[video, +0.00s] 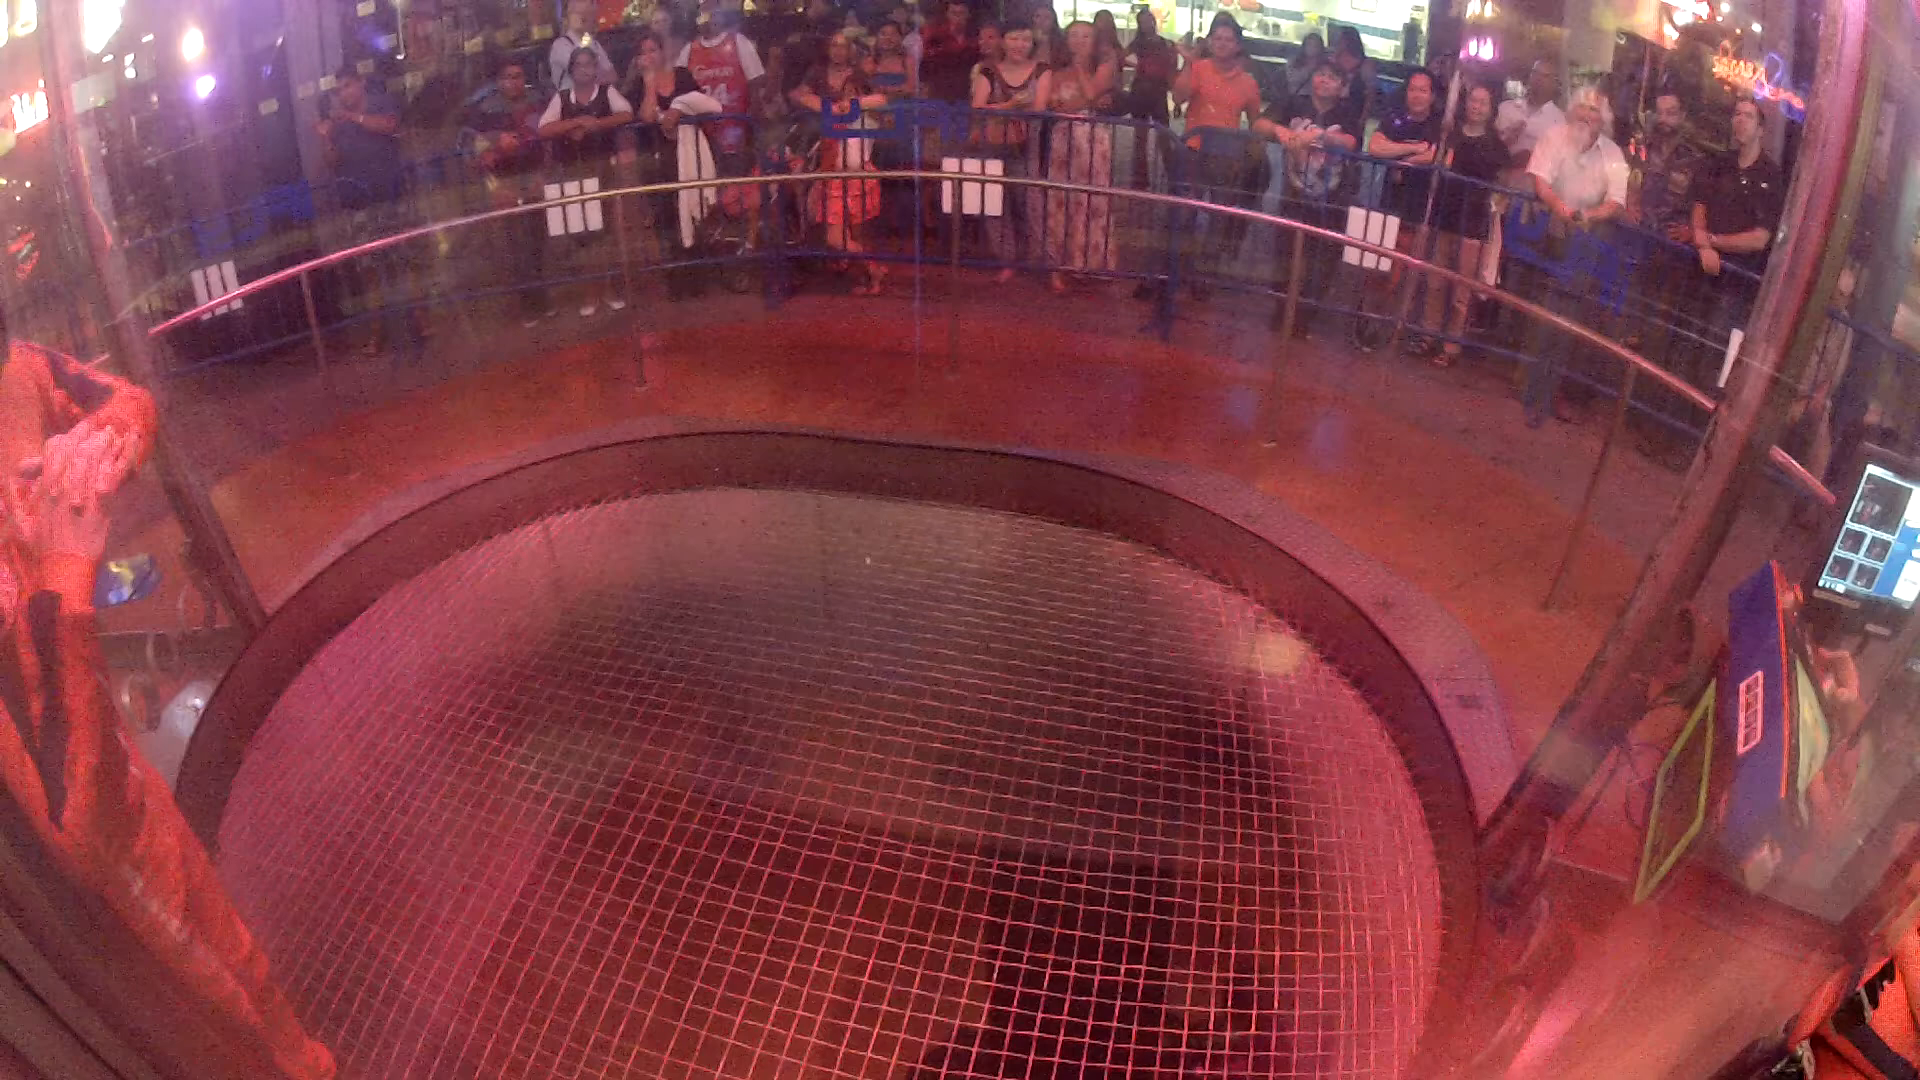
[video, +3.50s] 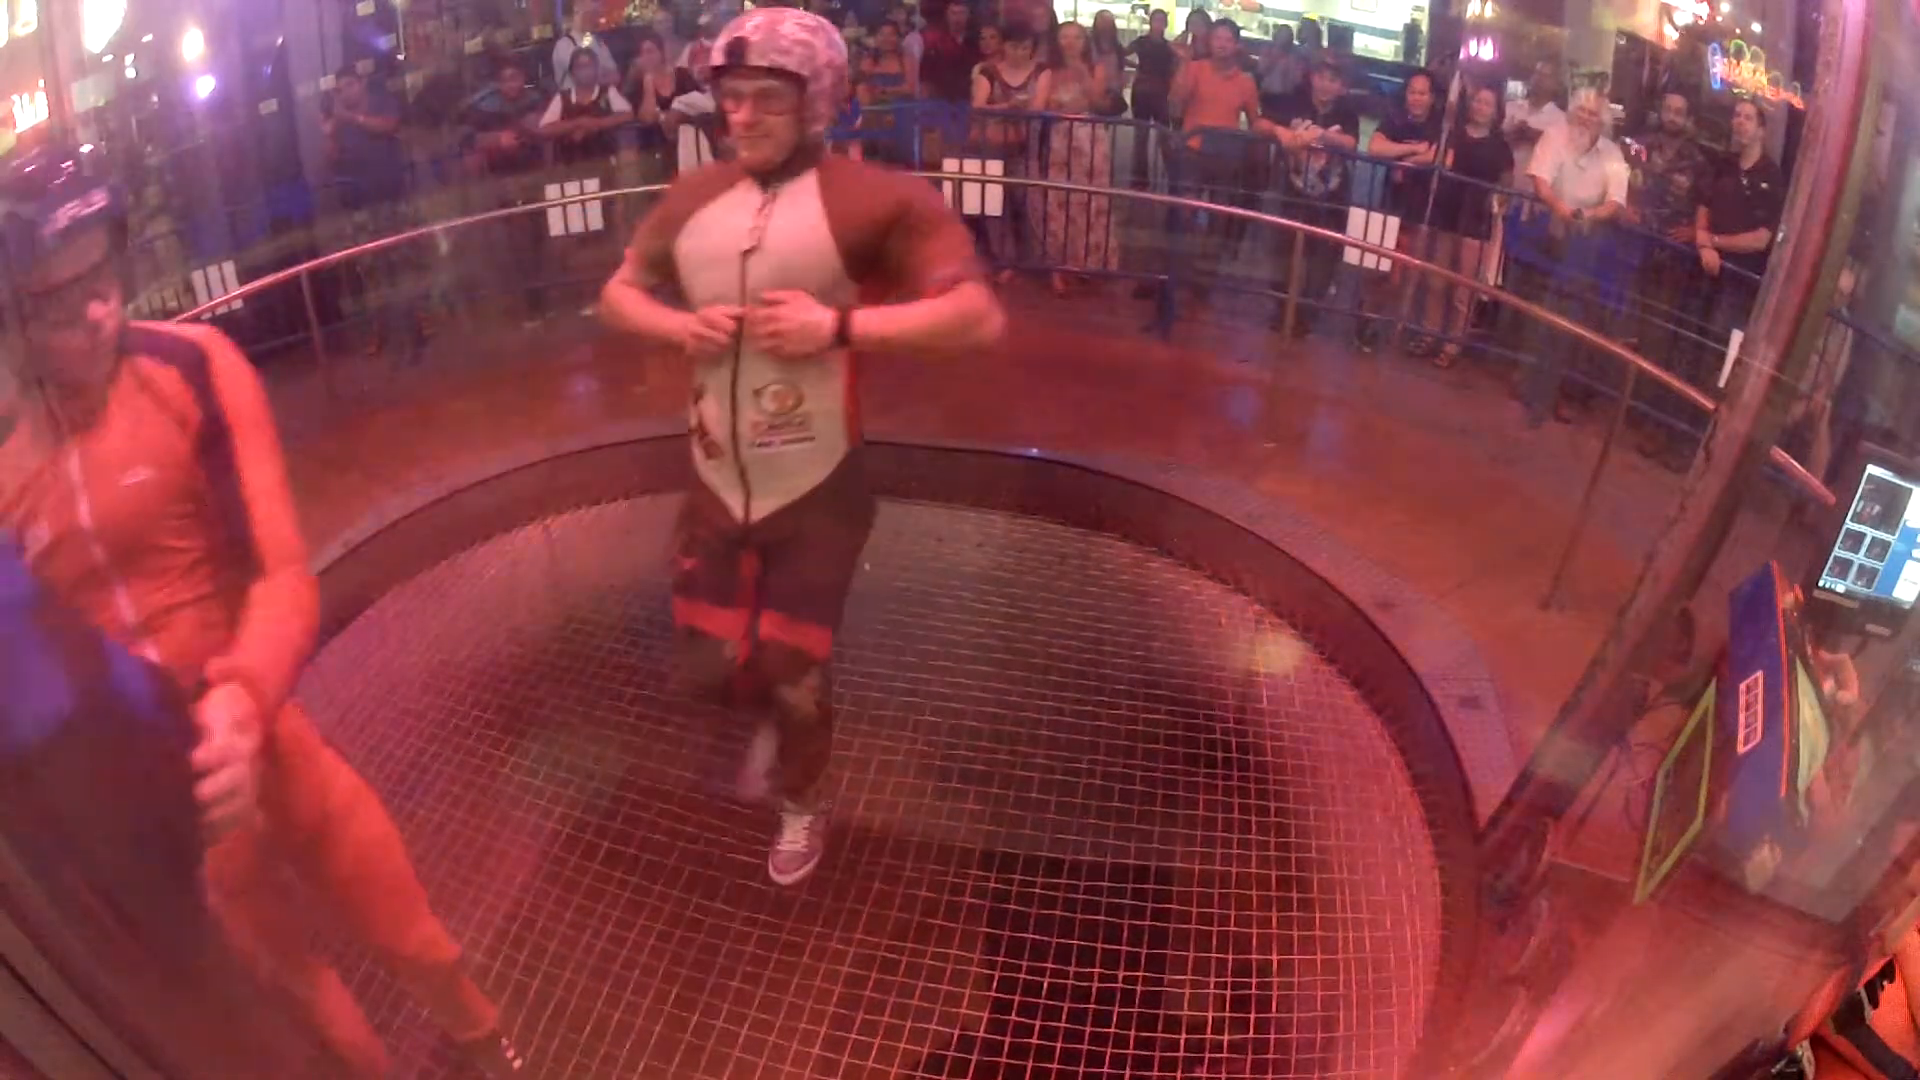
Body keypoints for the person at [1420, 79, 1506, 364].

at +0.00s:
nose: (1476, 106)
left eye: (1482, 103)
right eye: (1472, 100)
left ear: (1491, 110)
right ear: (1464, 104)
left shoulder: (1496, 147)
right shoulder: (1451, 138)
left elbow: (1489, 172)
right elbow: (1437, 169)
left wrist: (1455, 157)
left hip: (1473, 221)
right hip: (1443, 215)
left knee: (1462, 287)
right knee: (1435, 280)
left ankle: (1452, 344)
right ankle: (1428, 334)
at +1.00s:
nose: (1477, 107)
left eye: (1484, 103)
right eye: (1473, 101)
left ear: (1494, 109)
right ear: (1465, 104)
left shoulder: (1498, 146)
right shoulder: (1452, 136)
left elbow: (1494, 180)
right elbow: (1438, 167)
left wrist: (1456, 161)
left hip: (1474, 219)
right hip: (1443, 212)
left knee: (1463, 285)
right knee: (1435, 280)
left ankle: (1452, 342)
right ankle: (1429, 333)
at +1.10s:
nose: (1478, 107)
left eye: (1485, 103)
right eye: (1474, 101)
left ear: (1494, 109)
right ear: (1466, 104)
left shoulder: (1498, 146)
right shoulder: (1453, 137)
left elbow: (1501, 186)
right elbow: (1439, 169)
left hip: (1475, 218)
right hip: (1444, 212)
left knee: (1463, 284)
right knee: (1435, 278)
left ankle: (1452, 341)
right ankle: (1429, 332)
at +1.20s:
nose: (1477, 107)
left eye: (1484, 103)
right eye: (1473, 100)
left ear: (1494, 110)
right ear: (1466, 103)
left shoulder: (1498, 148)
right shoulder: (1452, 137)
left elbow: (1497, 185)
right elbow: (1437, 168)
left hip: (1474, 219)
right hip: (1443, 213)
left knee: (1463, 285)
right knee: (1435, 279)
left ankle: (1452, 341)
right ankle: (1429, 332)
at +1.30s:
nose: (1477, 107)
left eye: (1484, 103)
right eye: (1474, 101)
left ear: (1494, 110)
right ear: (1466, 104)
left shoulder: (1498, 148)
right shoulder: (1451, 137)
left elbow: (1499, 186)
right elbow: (1437, 169)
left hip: (1474, 219)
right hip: (1443, 213)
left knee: (1463, 285)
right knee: (1435, 279)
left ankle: (1452, 341)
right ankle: (1429, 332)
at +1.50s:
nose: (1478, 107)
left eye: (1485, 103)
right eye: (1474, 101)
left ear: (1494, 111)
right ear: (1466, 104)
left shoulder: (1498, 147)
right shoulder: (1452, 137)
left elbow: (1504, 185)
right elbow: (1439, 166)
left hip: (1475, 217)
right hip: (1445, 211)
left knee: (1463, 284)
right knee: (1435, 277)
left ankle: (1452, 341)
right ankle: (1429, 331)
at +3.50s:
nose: (1480, 107)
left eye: (1487, 103)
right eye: (1477, 101)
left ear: (1497, 111)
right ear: (1469, 104)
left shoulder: (1500, 148)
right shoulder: (1453, 137)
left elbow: (1506, 187)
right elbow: (1439, 166)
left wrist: (1495, 206)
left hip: (1476, 220)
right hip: (1444, 212)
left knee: (1463, 289)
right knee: (1435, 281)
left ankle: (1453, 342)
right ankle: (1429, 333)